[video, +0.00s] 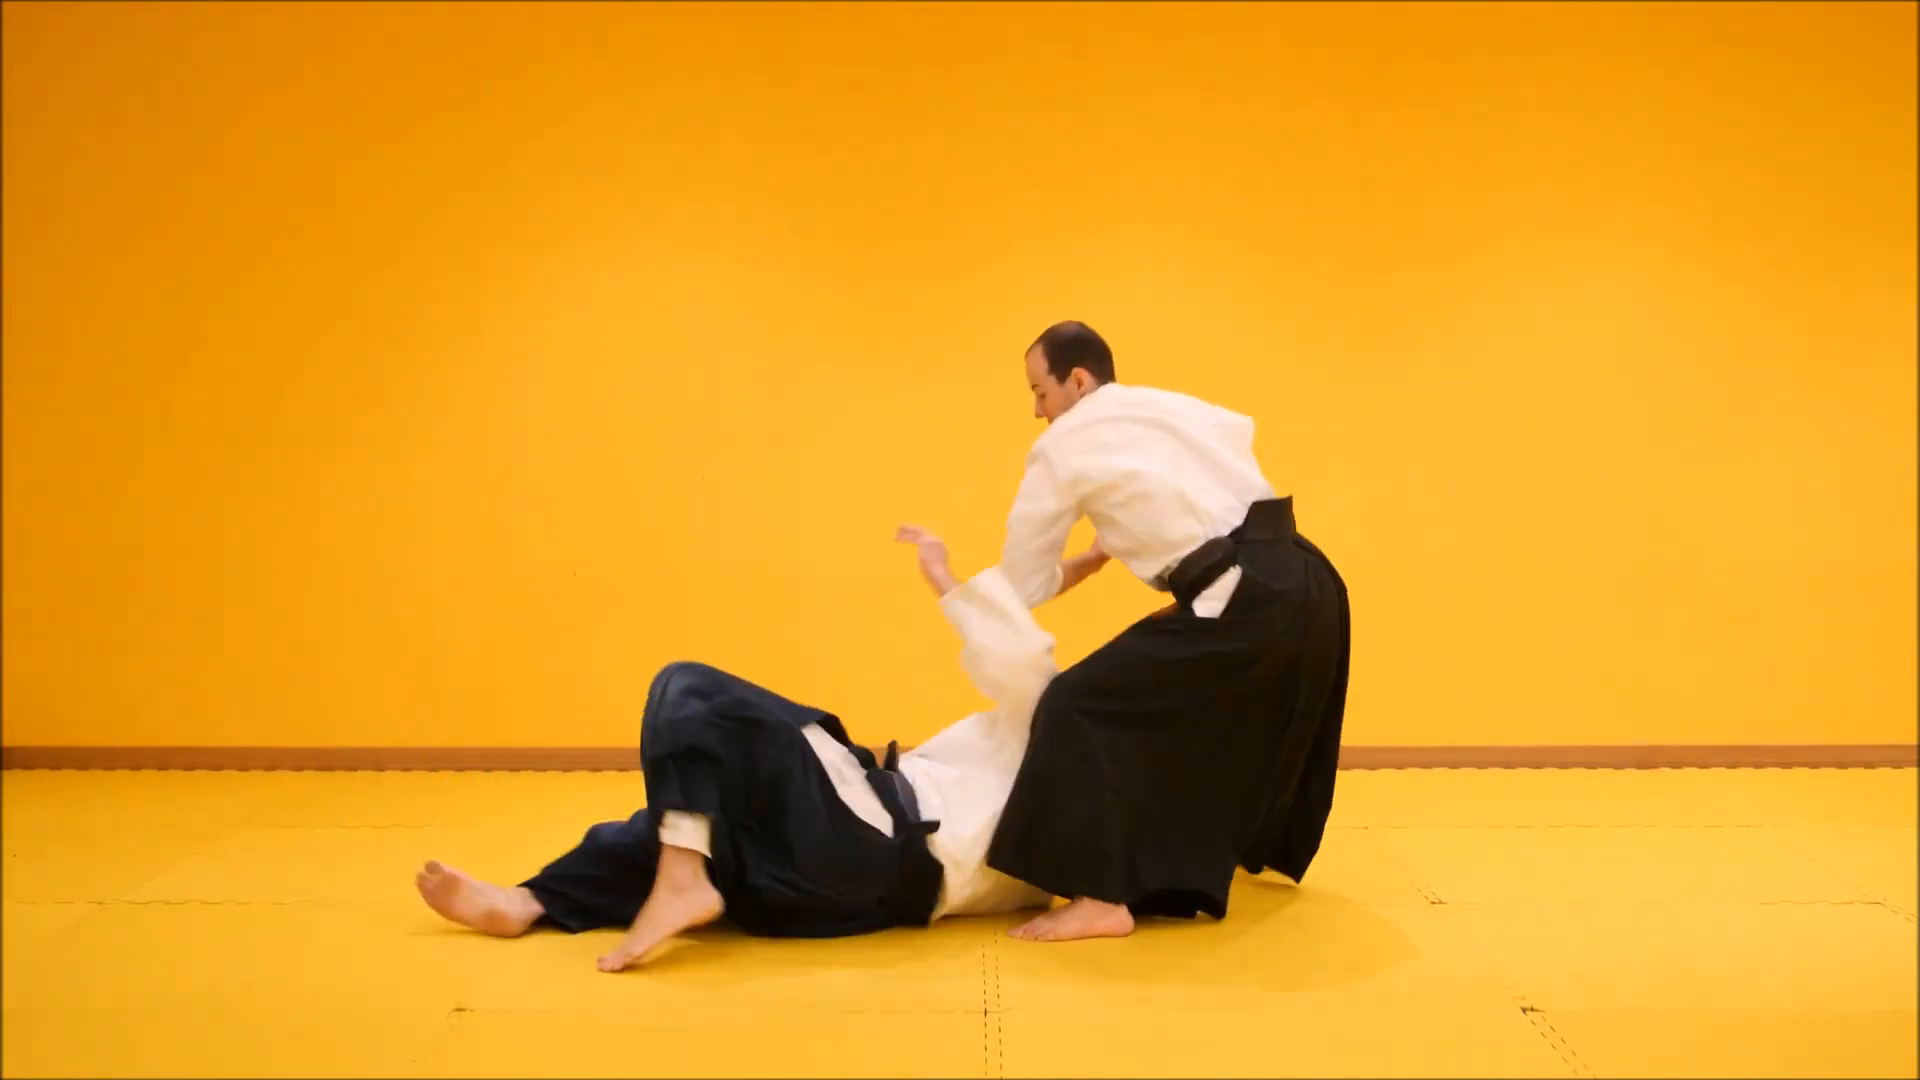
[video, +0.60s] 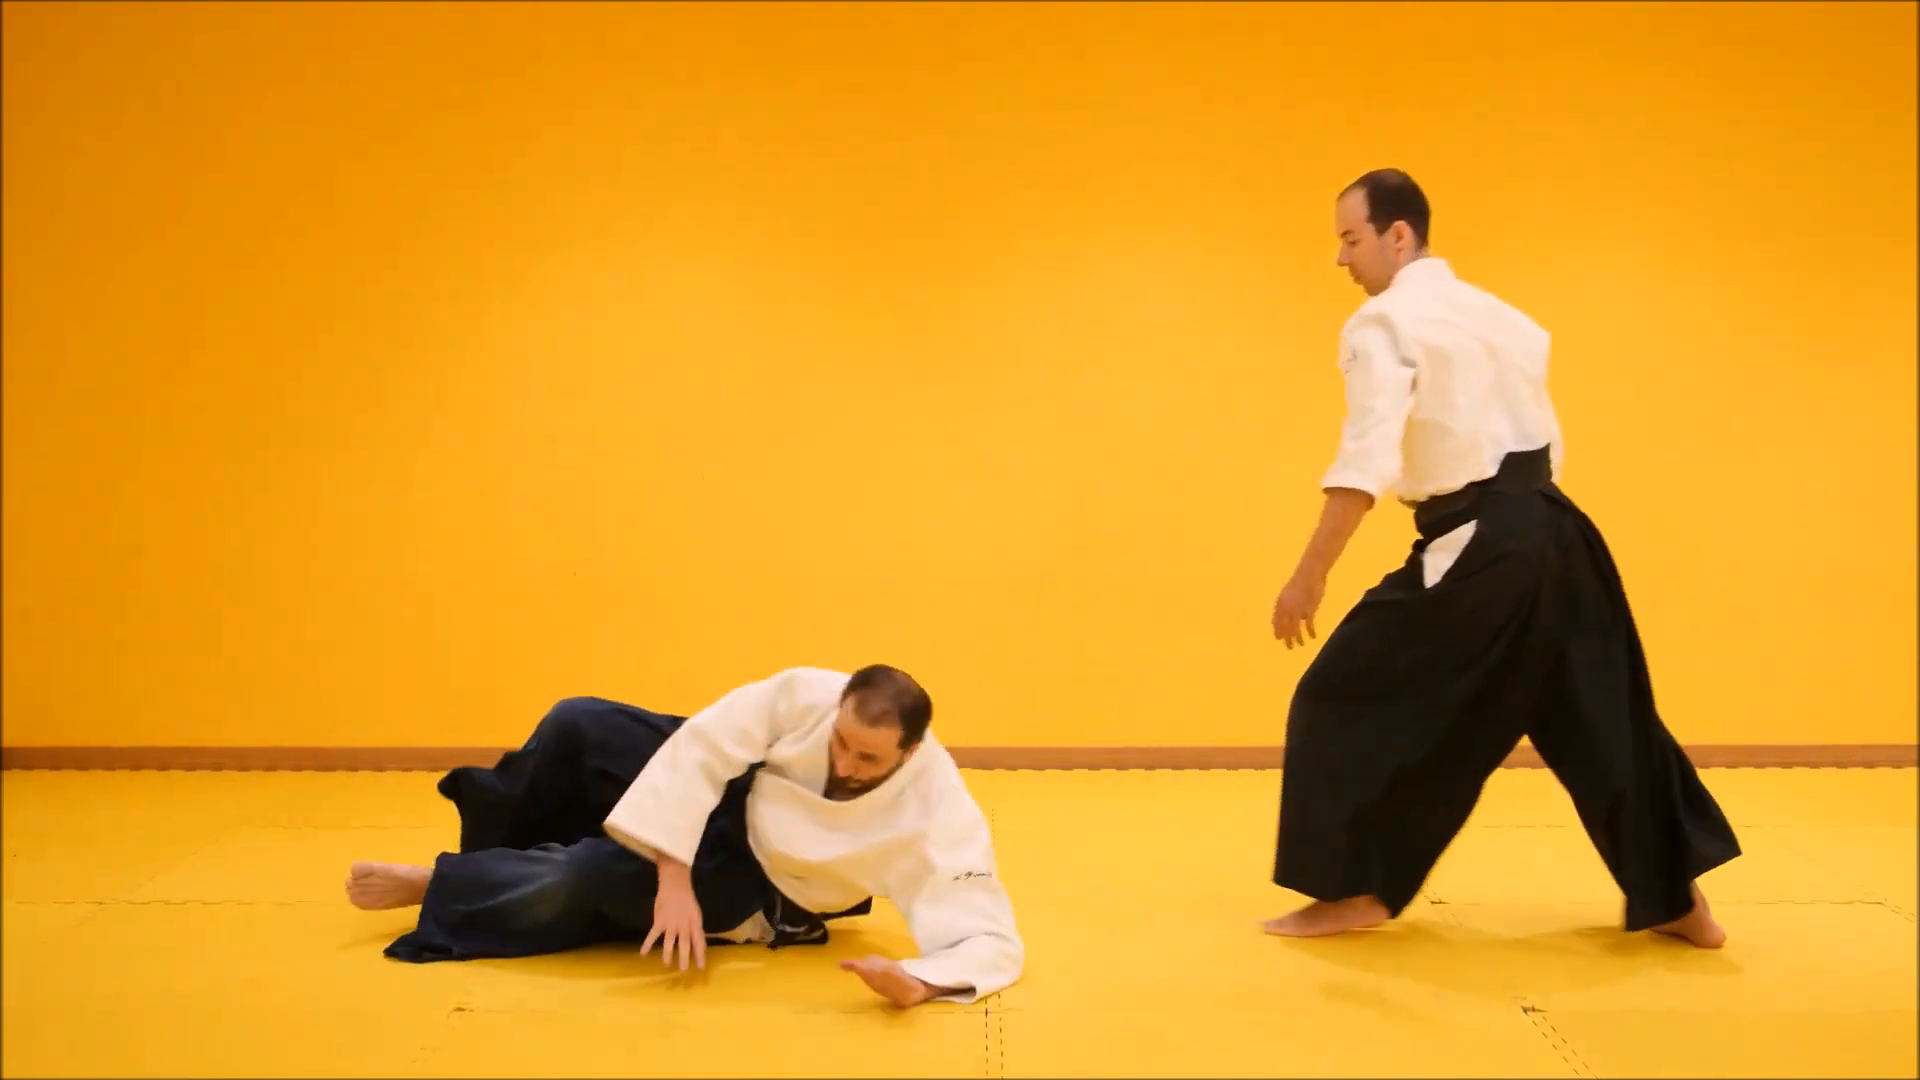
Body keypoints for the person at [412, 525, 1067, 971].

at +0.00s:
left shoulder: (1066, 738)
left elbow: (1033, 673)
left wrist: (952, 588)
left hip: (887, 844)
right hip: (846, 890)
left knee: (693, 692)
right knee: (665, 836)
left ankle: (684, 881)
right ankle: (527, 901)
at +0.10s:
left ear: (1102, 745)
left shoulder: (1070, 789)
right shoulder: (1084, 852)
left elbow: (985, 741)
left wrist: (916, 663)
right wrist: (891, 780)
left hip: (850, 840)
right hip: (832, 882)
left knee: (683, 679)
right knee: (633, 840)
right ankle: (462, 887)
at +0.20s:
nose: (1034, 725)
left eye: (1047, 724)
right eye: (1044, 720)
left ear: (1062, 739)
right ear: (1087, 760)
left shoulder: (1034, 780)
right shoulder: (1077, 833)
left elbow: (943, 799)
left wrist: (844, 744)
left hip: (838, 843)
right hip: (850, 871)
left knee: (652, 751)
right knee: (644, 825)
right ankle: (451, 872)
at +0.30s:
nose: (986, 737)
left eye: (1002, 733)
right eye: (995, 728)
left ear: (1030, 765)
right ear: (1017, 759)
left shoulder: (1015, 837)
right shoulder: (970, 782)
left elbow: (942, 891)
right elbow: (905, 810)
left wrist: (820, 859)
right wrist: (857, 762)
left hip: (808, 866)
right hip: (802, 813)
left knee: (637, 830)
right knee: (624, 783)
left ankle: (404, 858)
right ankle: (475, 889)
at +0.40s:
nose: (941, 762)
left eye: (959, 765)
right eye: (948, 748)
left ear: (1003, 782)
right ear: (964, 735)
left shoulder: (997, 859)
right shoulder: (951, 754)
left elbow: (970, 942)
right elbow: (872, 748)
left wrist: (858, 932)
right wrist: (793, 750)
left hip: (785, 854)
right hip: (776, 786)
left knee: (611, 858)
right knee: (603, 780)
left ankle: (393, 910)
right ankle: (465, 849)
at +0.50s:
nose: (891, 767)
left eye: (912, 769)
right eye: (894, 749)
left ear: (960, 770)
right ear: (902, 722)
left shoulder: (981, 836)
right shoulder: (895, 707)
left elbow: (1008, 948)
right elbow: (790, 709)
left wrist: (903, 964)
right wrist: (723, 799)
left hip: (777, 881)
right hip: (765, 788)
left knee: (581, 862)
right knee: (594, 752)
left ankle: (406, 896)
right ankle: (491, 830)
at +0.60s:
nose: (844, 766)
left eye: (866, 760)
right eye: (840, 744)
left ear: (909, 751)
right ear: (836, 707)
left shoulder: (939, 818)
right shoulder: (805, 696)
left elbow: (992, 938)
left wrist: (927, 974)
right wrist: (675, 880)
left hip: (758, 876)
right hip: (722, 780)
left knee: (590, 872)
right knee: (577, 724)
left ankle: (437, 886)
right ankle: (495, 859)